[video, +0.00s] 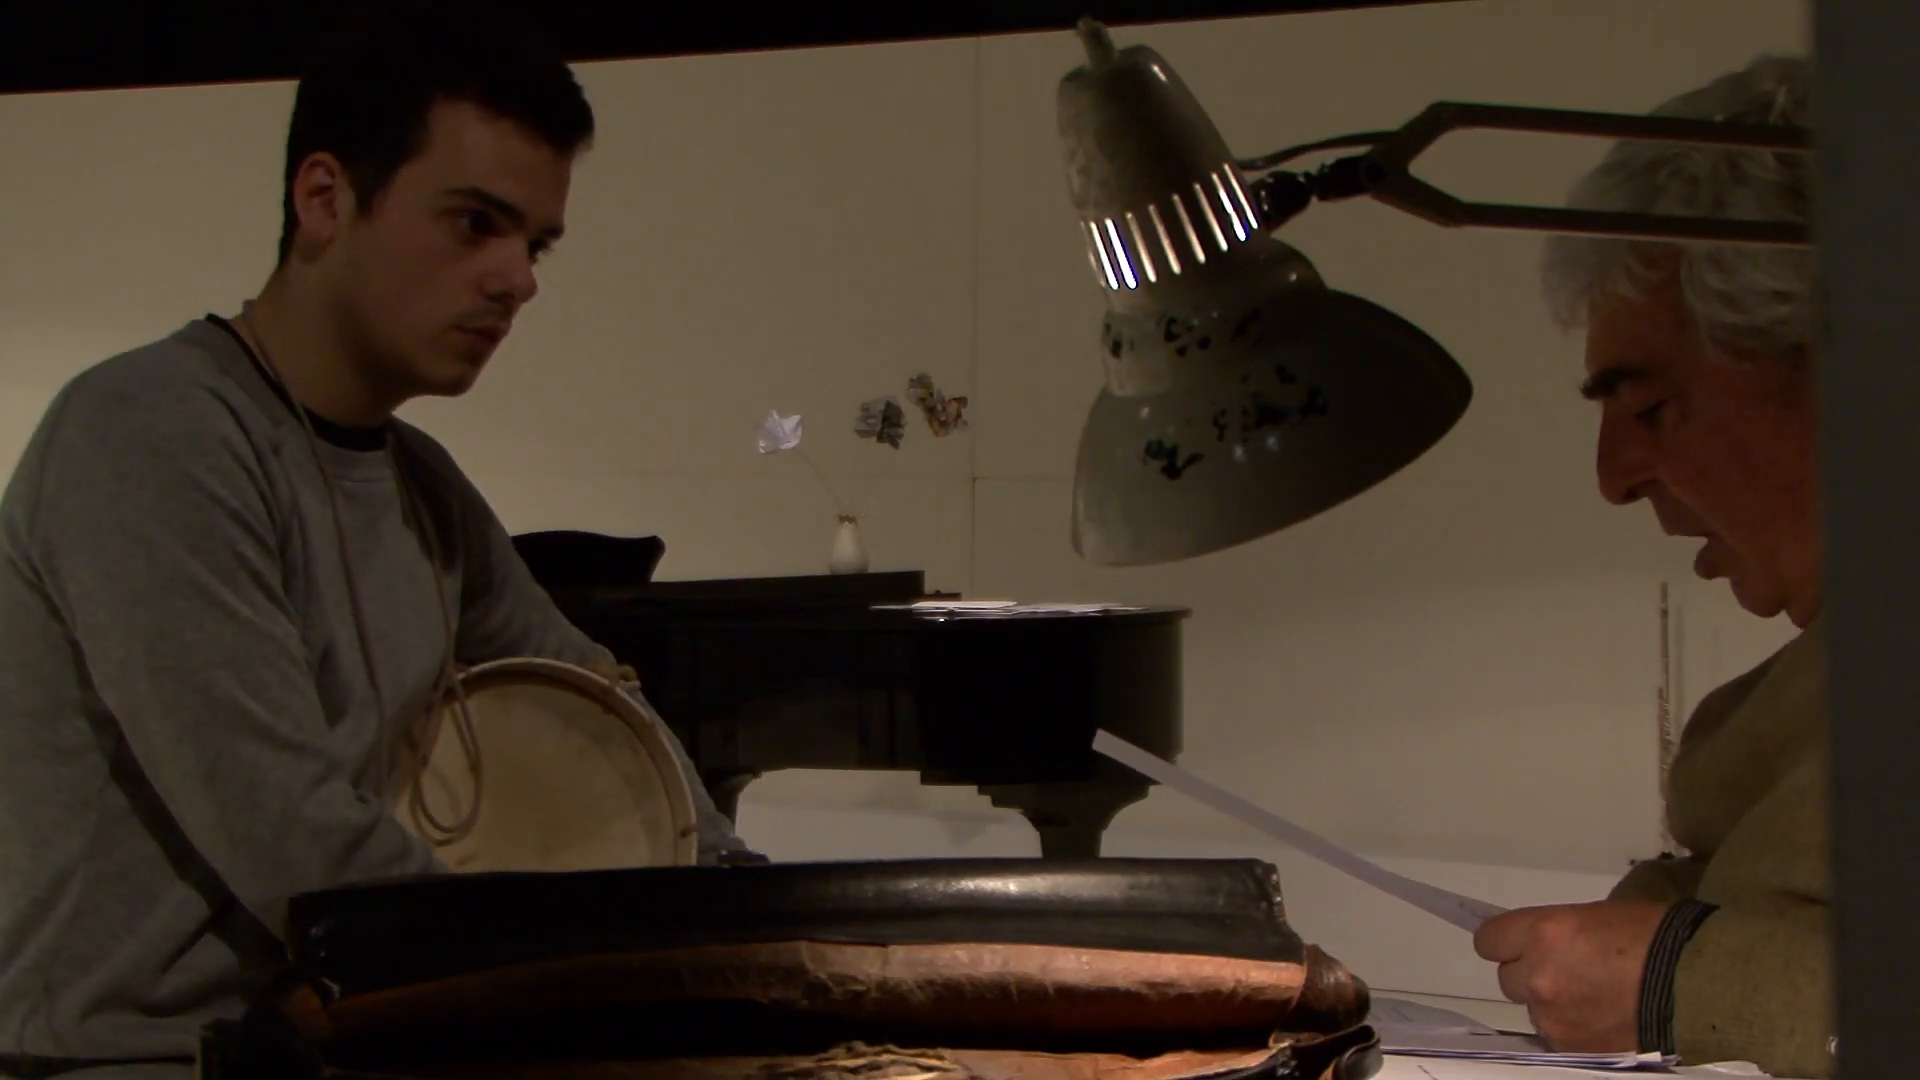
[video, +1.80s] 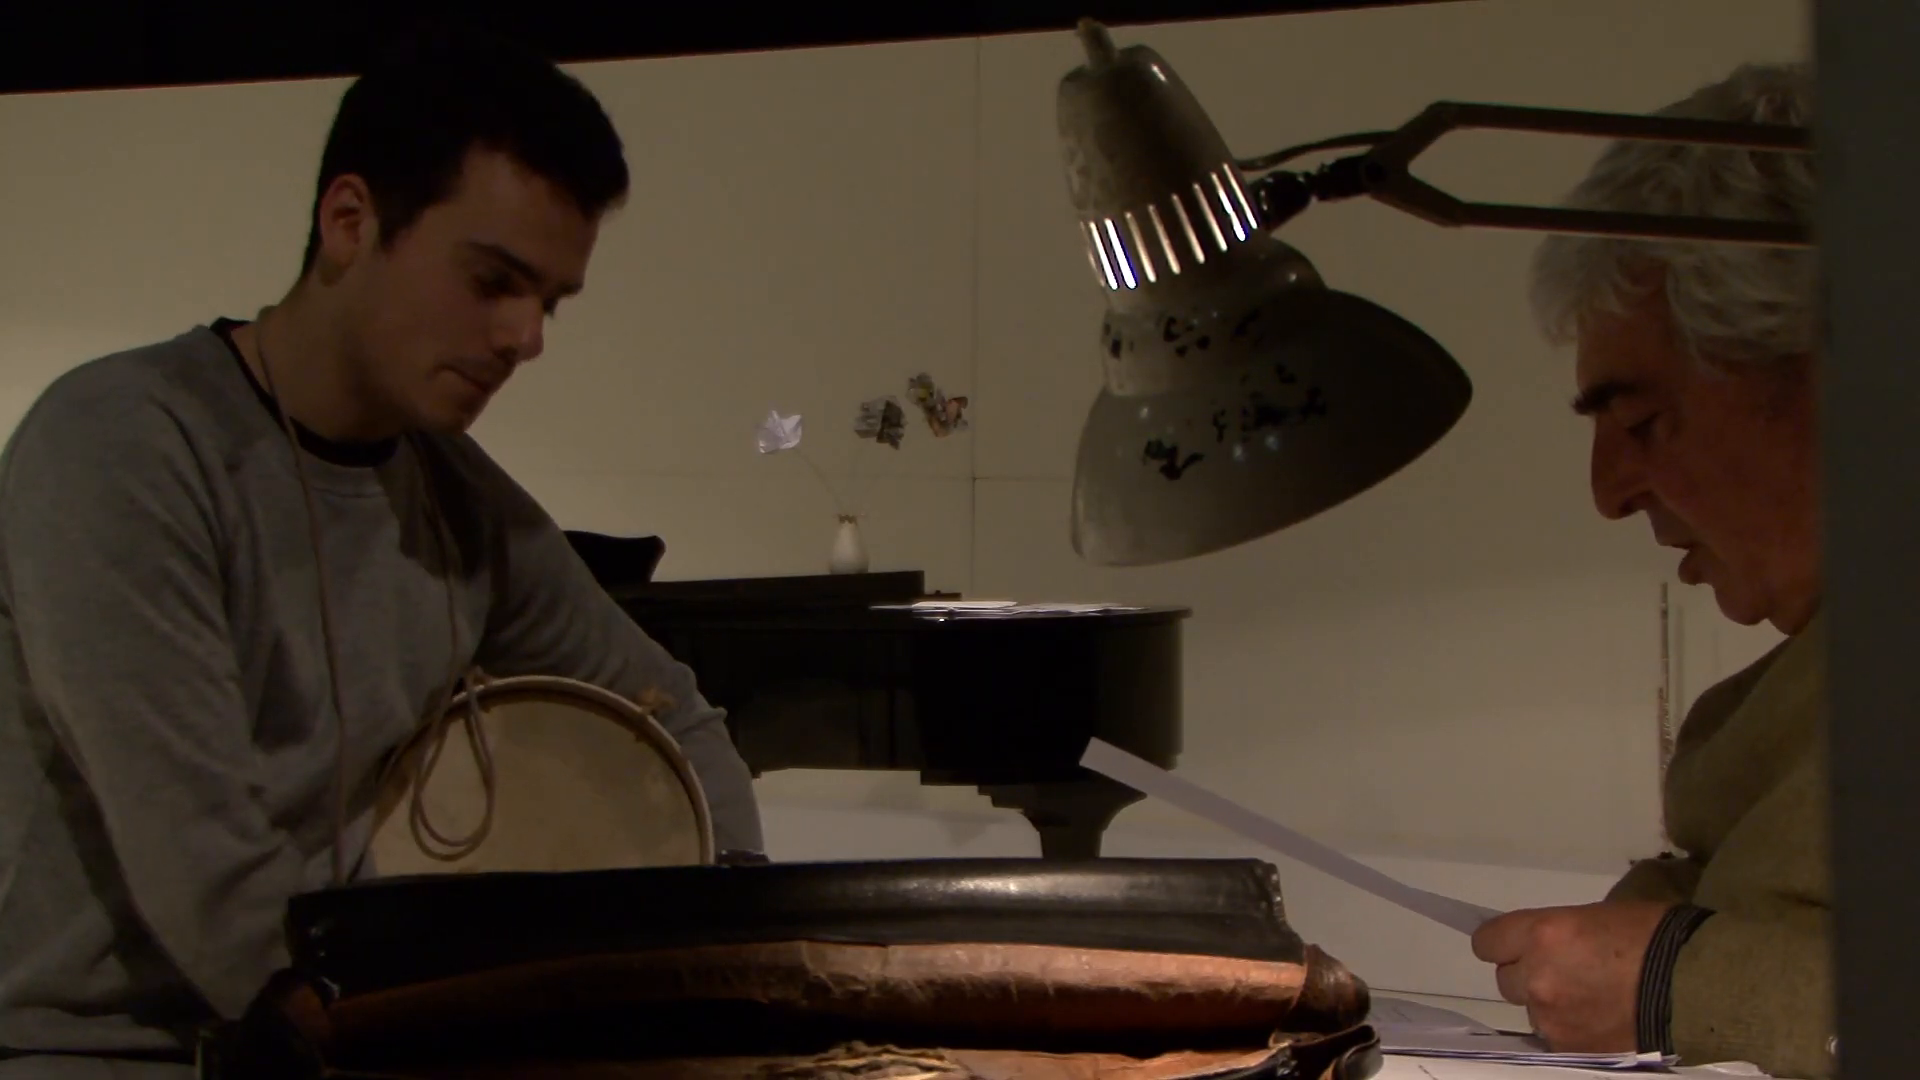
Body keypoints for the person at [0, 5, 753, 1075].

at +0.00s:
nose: (516, 282)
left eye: (536, 247)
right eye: (476, 222)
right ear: (323, 200)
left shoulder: (425, 487)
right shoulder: (142, 435)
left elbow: (595, 720)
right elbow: (300, 854)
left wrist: (746, 912)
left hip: (345, 1037)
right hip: (128, 1057)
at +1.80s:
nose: (523, 338)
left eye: (549, 301)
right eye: (493, 279)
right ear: (349, 224)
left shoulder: (459, 494)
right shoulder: (110, 445)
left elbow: (669, 719)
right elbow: (222, 898)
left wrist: (724, 947)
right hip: (89, 1045)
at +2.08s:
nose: (517, 427)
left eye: (542, 394)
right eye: (499, 369)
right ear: (374, 265)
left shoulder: (478, 519)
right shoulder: (90, 444)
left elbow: (677, 735)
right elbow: (80, 872)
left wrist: (715, 953)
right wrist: (317, 1041)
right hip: (56, 1036)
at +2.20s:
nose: (520, 431)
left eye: (544, 397)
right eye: (502, 371)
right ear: (377, 268)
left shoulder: (467, 523)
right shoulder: (86, 442)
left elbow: (665, 745)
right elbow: (88, 872)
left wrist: (689, 966)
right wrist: (326, 1044)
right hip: (48, 1042)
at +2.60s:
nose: (409, 454)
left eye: (438, 420)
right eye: (393, 398)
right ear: (270, 283)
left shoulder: (385, 514)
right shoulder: (18, 450)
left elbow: (574, 736)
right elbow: (9, 859)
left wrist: (627, 960)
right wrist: (258, 1028)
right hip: (32, 1028)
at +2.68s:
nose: (354, 459)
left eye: (382, 423)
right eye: (333, 401)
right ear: (210, 287)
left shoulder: (346, 521)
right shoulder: (15, 468)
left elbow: (539, 730)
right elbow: (12, 932)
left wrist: (573, 972)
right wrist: (191, 1062)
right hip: (44, 1041)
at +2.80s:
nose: (262, 478)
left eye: (292, 439)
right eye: (235, 422)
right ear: (111, 307)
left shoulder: (282, 518)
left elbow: (469, 684)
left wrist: (543, 928)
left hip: (217, 1038)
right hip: (28, 1051)